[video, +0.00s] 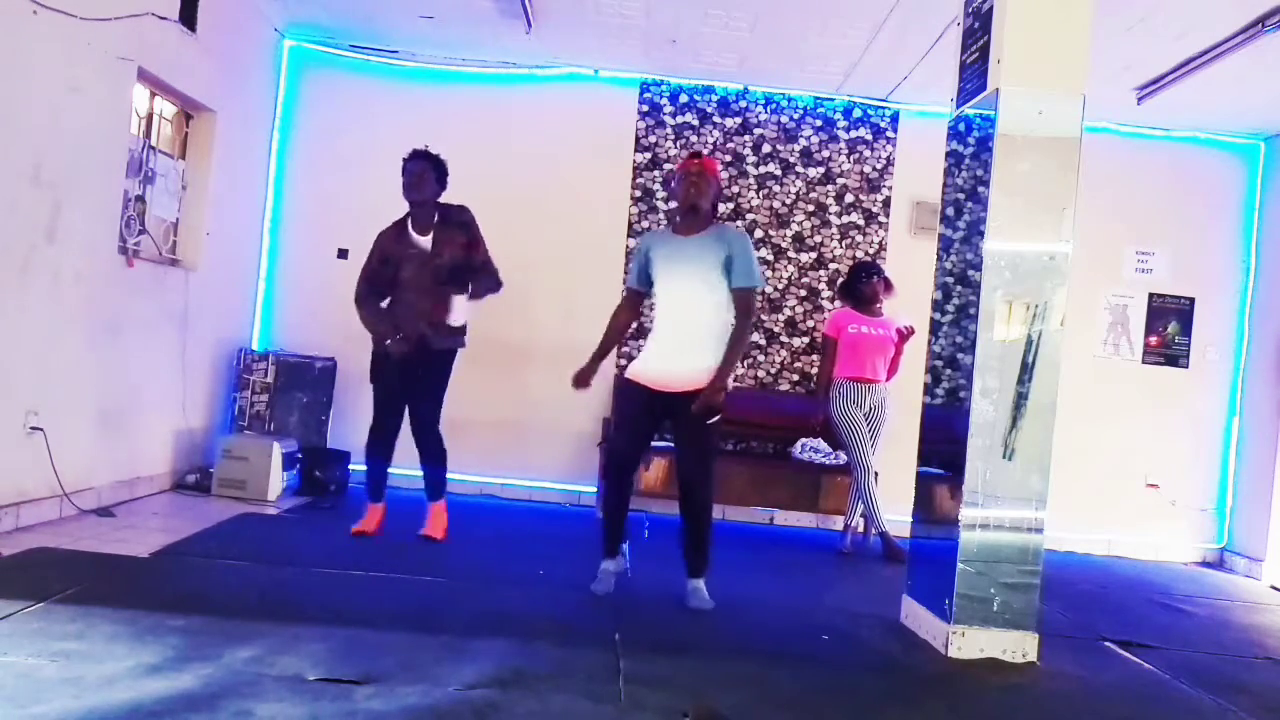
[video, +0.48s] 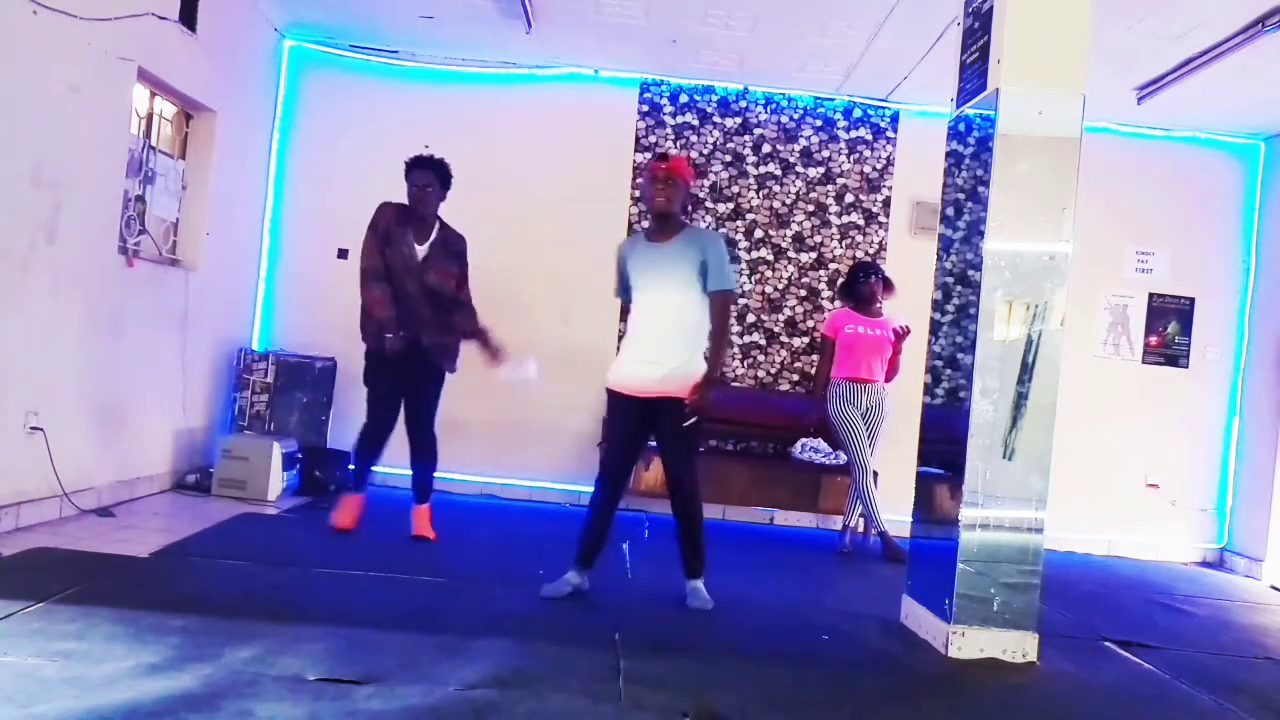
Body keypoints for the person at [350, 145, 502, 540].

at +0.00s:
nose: (414, 182)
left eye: (422, 175)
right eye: (408, 175)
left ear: (440, 184)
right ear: (401, 183)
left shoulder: (458, 224)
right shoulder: (390, 238)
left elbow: (491, 280)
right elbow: (364, 295)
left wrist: (464, 283)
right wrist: (386, 335)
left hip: (438, 346)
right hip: (393, 344)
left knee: (425, 427)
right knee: (383, 426)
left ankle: (437, 509)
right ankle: (375, 507)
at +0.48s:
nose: (418, 194)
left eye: (426, 188)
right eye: (413, 187)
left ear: (443, 193)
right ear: (406, 189)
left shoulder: (454, 242)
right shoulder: (388, 217)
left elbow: (460, 302)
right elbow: (372, 275)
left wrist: (482, 339)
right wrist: (387, 328)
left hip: (431, 351)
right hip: (388, 344)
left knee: (421, 428)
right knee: (379, 423)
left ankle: (422, 509)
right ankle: (354, 492)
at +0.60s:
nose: (406, 196)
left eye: (415, 190)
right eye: (402, 189)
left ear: (433, 193)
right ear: (396, 191)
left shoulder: (449, 244)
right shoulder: (385, 216)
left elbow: (446, 305)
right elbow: (366, 272)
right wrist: (376, 327)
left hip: (420, 346)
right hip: (377, 338)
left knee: (409, 421)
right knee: (366, 419)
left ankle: (400, 497)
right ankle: (342, 497)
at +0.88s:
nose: (394, 188)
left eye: (403, 181)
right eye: (389, 181)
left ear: (421, 185)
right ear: (383, 183)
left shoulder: (442, 228)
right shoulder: (375, 224)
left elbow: (445, 292)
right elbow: (357, 279)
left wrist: (398, 324)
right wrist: (370, 318)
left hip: (418, 348)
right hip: (375, 342)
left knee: (405, 423)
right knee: (357, 419)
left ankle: (409, 492)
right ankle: (335, 494)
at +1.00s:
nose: (396, 186)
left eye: (405, 179)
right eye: (391, 179)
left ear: (422, 184)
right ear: (384, 183)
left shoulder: (444, 227)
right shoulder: (374, 232)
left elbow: (459, 285)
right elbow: (358, 290)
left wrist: (425, 331)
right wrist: (372, 339)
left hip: (424, 352)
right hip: (378, 349)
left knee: (415, 428)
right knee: (363, 426)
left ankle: (434, 507)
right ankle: (351, 504)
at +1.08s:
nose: (397, 186)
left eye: (406, 180)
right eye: (392, 180)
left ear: (424, 185)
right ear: (386, 184)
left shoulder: (447, 227)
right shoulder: (374, 233)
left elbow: (466, 283)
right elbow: (362, 290)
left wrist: (447, 324)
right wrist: (373, 337)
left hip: (430, 350)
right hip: (383, 347)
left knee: (422, 431)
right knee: (368, 426)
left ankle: (433, 510)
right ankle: (362, 504)